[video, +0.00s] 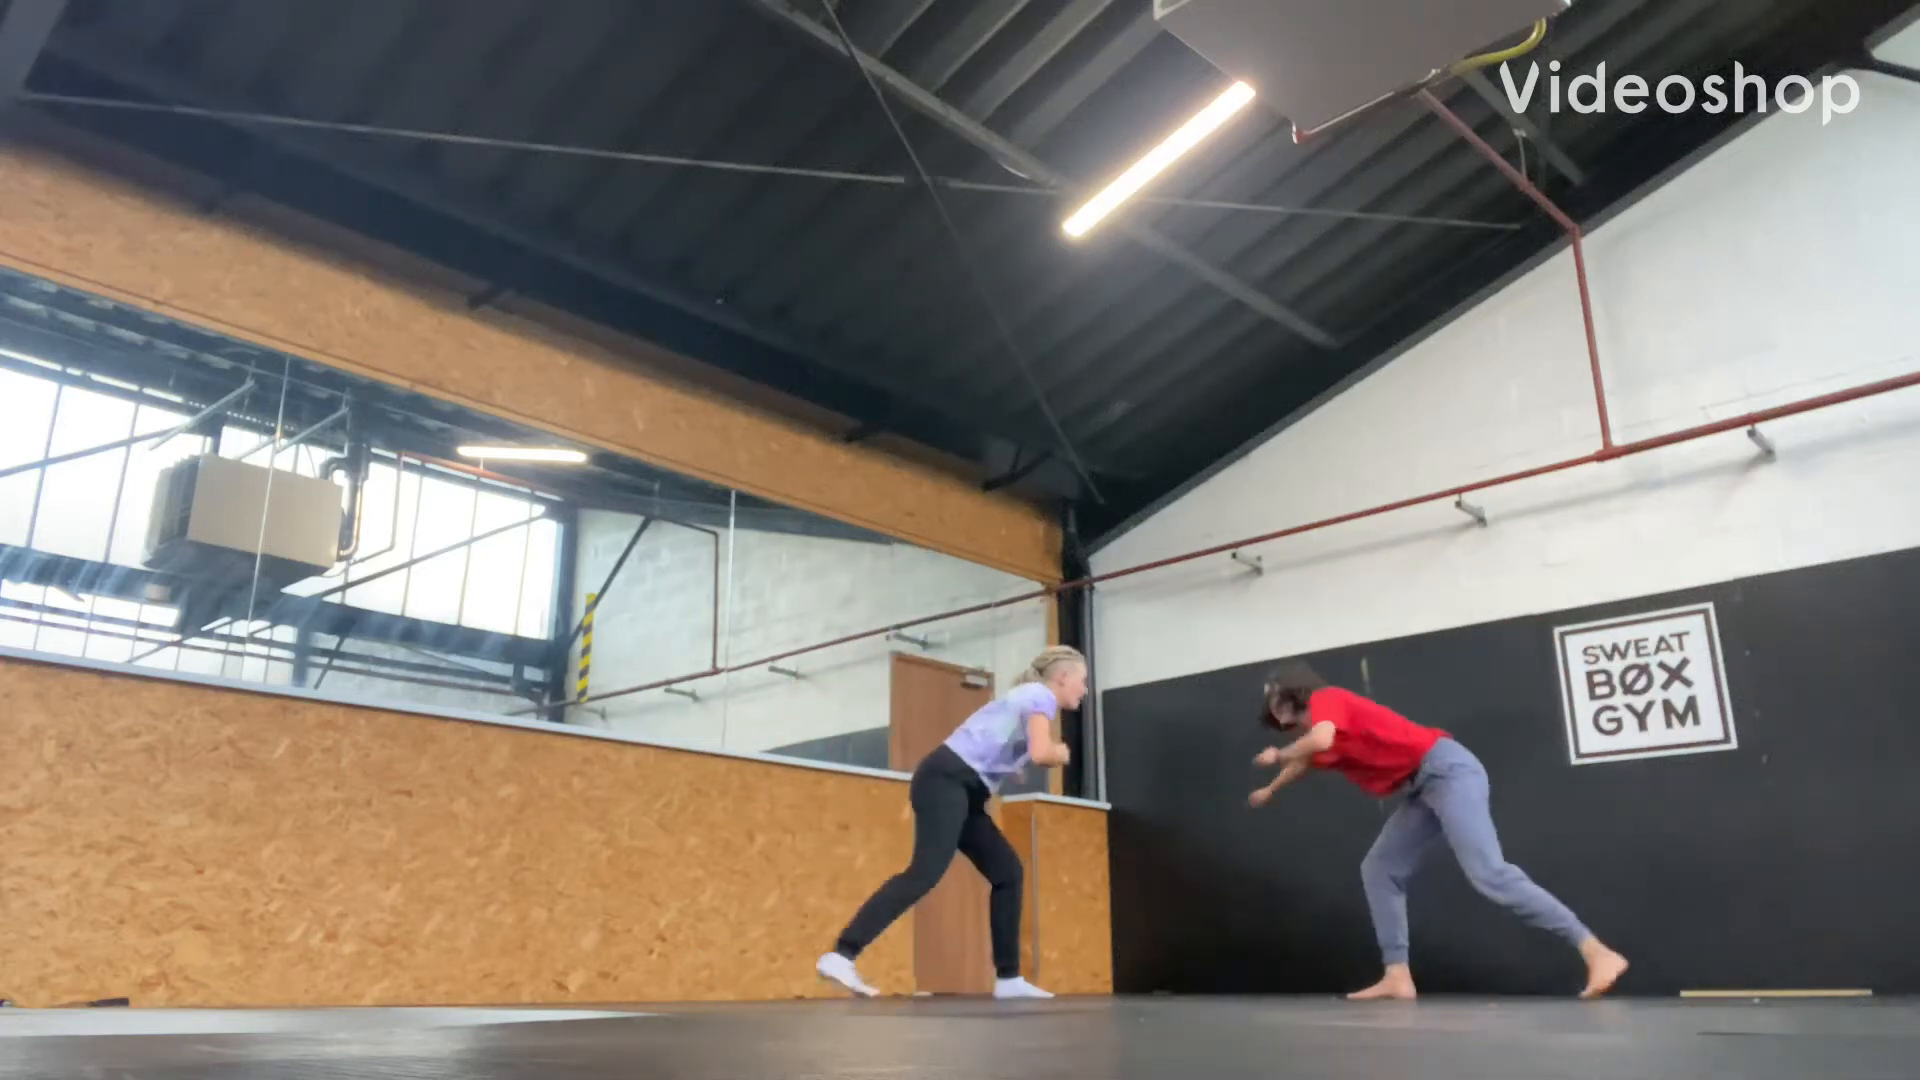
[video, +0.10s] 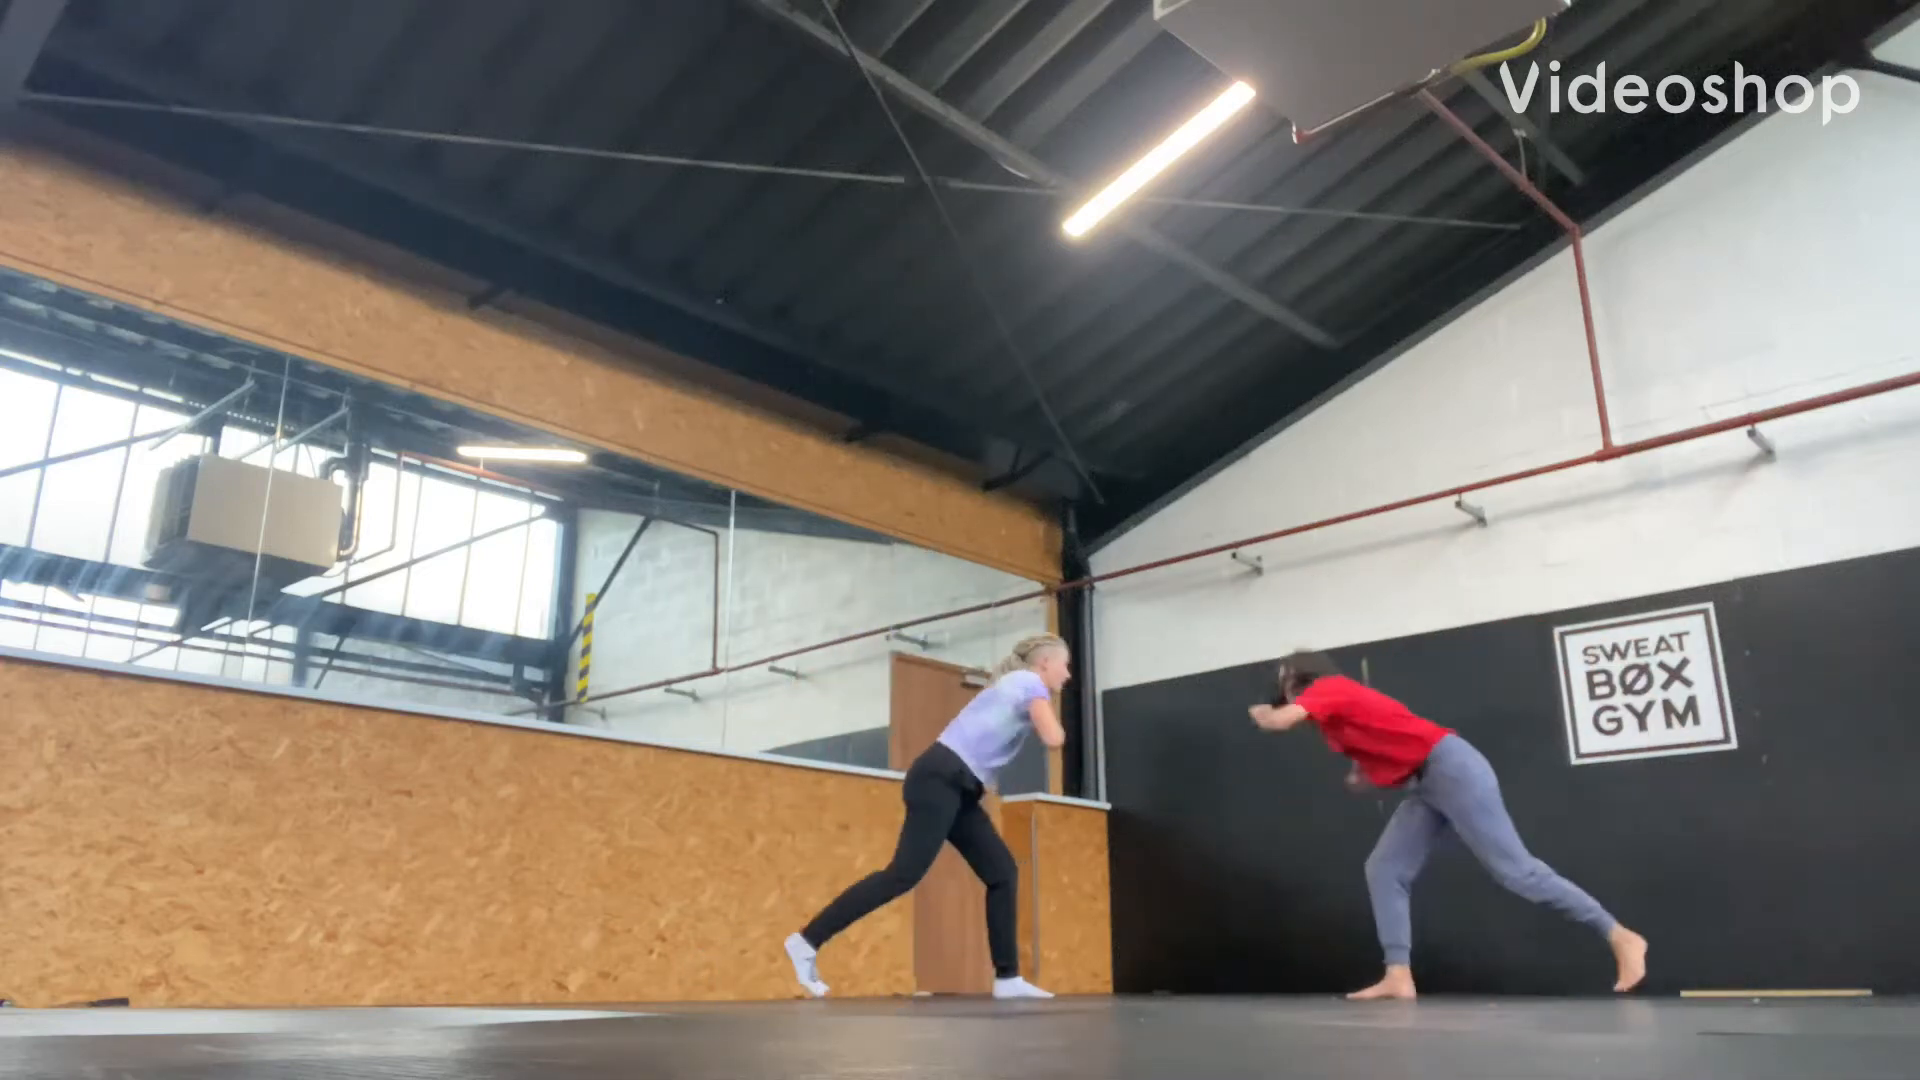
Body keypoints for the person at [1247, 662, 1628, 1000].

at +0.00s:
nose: (1283, 725)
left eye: (1281, 715)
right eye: (1278, 719)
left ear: (1295, 701)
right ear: (1292, 709)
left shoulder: (1328, 697)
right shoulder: (1319, 734)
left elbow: (1322, 740)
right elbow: (1300, 762)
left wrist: (1283, 754)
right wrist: (1269, 790)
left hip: (1446, 769)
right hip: (1419, 794)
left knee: (1488, 872)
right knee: (1379, 870)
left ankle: (1596, 953)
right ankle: (1397, 978)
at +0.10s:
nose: (1284, 699)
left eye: (1285, 691)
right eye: (1283, 692)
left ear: (1298, 682)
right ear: (1312, 681)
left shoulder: (1332, 687)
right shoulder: (1343, 711)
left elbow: (1284, 719)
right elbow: (1401, 756)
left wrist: (1262, 714)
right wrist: (1369, 777)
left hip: (1450, 766)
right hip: (1422, 789)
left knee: (1515, 871)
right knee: (1384, 870)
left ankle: (1622, 939)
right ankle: (1398, 978)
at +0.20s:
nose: (1302, 680)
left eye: (1304, 671)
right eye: (1301, 672)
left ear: (1320, 664)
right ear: (1334, 663)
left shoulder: (1350, 674)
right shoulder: (1352, 692)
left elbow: (1275, 698)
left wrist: (1287, 685)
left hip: (1463, 762)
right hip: (1429, 787)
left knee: (1532, 863)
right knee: (1398, 870)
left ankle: (1623, 931)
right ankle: (1399, 977)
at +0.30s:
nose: (1329, 665)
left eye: (1332, 657)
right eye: (1329, 659)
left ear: (1346, 651)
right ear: (1360, 648)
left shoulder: (1374, 661)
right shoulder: (1383, 675)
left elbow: (1314, 702)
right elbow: (1453, 708)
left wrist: (1322, 680)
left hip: (1482, 762)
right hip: (1445, 782)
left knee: (1539, 864)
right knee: (1421, 871)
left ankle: (1617, 941)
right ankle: (1405, 975)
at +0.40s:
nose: (1362, 659)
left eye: (1364, 650)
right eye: (1360, 652)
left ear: (1382, 646)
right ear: (1386, 647)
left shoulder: (1411, 665)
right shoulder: (1410, 676)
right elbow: (1478, 715)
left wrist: (1371, 707)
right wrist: (1510, 751)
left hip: (1502, 776)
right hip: (1462, 789)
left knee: (1545, 890)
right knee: (1434, 877)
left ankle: (1621, 956)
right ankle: (1408, 974)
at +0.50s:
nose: (1389, 671)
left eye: (1393, 661)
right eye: (1387, 663)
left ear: (1414, 657)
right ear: (1411, 662)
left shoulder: (1454, 684)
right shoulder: (1435, 696)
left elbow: (1481, 745)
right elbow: (1472, 743)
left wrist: (1429, 744)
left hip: (1517, 798)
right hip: (1480, 806)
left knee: (1546, 912)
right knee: (1436, 882)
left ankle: (1630, 966)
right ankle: (1407, 974)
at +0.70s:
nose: (1399, 659)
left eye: (1404, 649)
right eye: (1396, 653)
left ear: (1427, 645)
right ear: (1412, 656)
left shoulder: (1461, 668)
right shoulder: (1444, 690)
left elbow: (1452, 723)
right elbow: (1478, 758)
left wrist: (1413, 707)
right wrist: (1459, 804)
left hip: (1527, 788)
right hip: (1485, 801)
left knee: (1555, 904)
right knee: (1433, 870)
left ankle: (1629, 964)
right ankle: (1422, 970)